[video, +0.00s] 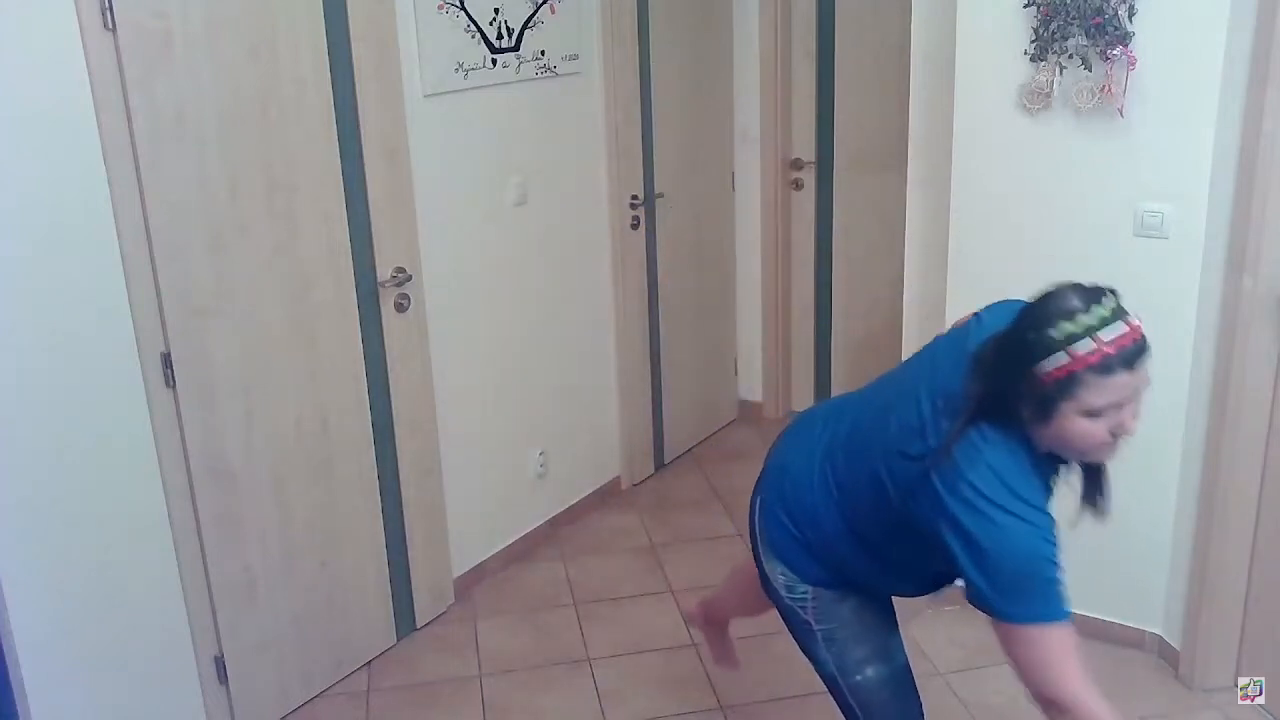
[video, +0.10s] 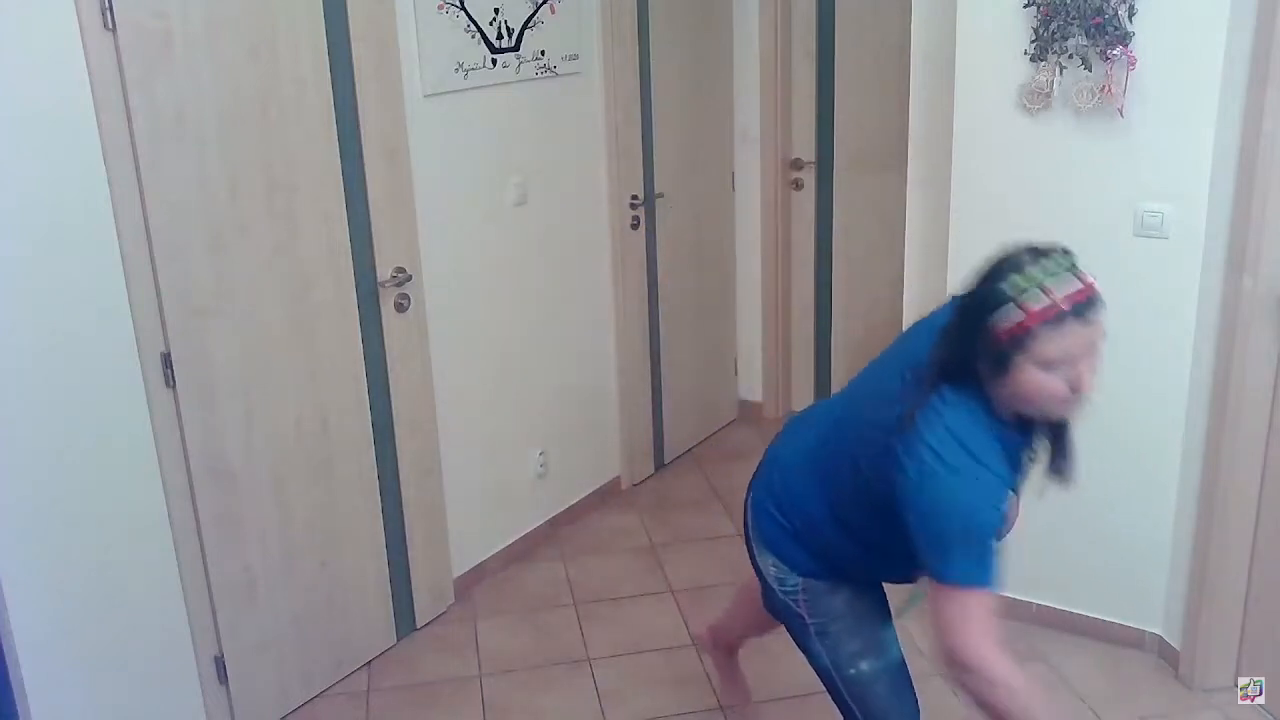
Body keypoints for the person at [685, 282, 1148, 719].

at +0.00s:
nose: (1127, 427)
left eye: (1134, 401)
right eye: (1100, 414)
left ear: (1140, 376)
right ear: (1034, 407)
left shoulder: (1015, 323)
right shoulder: (995, 498)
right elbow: (1061, 693)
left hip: (824, 433)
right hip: (803, 531)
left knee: (784, 569)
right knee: (893, 708)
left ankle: (714, 608)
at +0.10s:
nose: (1081, 383)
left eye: (1090, 355)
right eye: (1054, 366)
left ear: (1098, 340)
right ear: (994, 361)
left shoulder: (984, 321)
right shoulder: (953, 461)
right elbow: (969, 653)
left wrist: (996, 486)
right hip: (801, 539)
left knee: (788, 588)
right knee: (892, 709)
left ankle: (722, 635)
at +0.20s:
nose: (1013, 317)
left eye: (1020, 293)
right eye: (983, 300)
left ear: (1034, 289)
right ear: (928, 306)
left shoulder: (968, 341)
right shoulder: (891, 403)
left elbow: (981, 397)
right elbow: (846, 577)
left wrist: (996, 456)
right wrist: (952, 694)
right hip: (789, 538)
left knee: (782, 611)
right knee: (884, 704)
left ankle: (727, 669)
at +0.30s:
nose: (925, 261)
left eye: (940, 238)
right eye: (898, 243)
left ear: (959, 244)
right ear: (855, 254)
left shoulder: (942, 309)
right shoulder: (822, 350)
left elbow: (952, 371)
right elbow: (738, 486)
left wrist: (1000, 445)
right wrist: (801, 618)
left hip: (862, 528)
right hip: (804, 545)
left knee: (784, 623)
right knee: (865, 692)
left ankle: (730, 682)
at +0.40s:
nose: (872, 231)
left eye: (889, 211)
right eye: (849, 213)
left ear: (911, 219)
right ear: (812, 222)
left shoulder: (914, 285)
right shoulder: (769, 322)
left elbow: (934, 355)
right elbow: (683, 439)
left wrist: (977, 435)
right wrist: (731, 558)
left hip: (851, 510)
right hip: (769, 523)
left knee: (783, 619)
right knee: (834, 681)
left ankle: (720, 691)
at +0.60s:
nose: (772, 179)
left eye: (791, 162)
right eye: (754, 163)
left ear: (815, 178)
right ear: (728, 177)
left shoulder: (845, 264)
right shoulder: (677, 260)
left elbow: (859, 367)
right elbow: (637, 364)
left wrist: (876, 464)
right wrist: (637, 475)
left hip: (811, 487)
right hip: (714, 489)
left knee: (790, 628)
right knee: (767, 666)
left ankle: (726, 688)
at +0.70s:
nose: (751, 170)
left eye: (769, 155)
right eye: (733, 156)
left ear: (794, 172)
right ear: (709, 171)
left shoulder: (827, 259)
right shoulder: (661, 256)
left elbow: (850, 366)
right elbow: (625, 368)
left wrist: (879, 457)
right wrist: (605, 471)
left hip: (794, 484)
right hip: (698, 485)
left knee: (774, 623)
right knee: (724, 658)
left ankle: (733, 685)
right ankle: (744, 706)